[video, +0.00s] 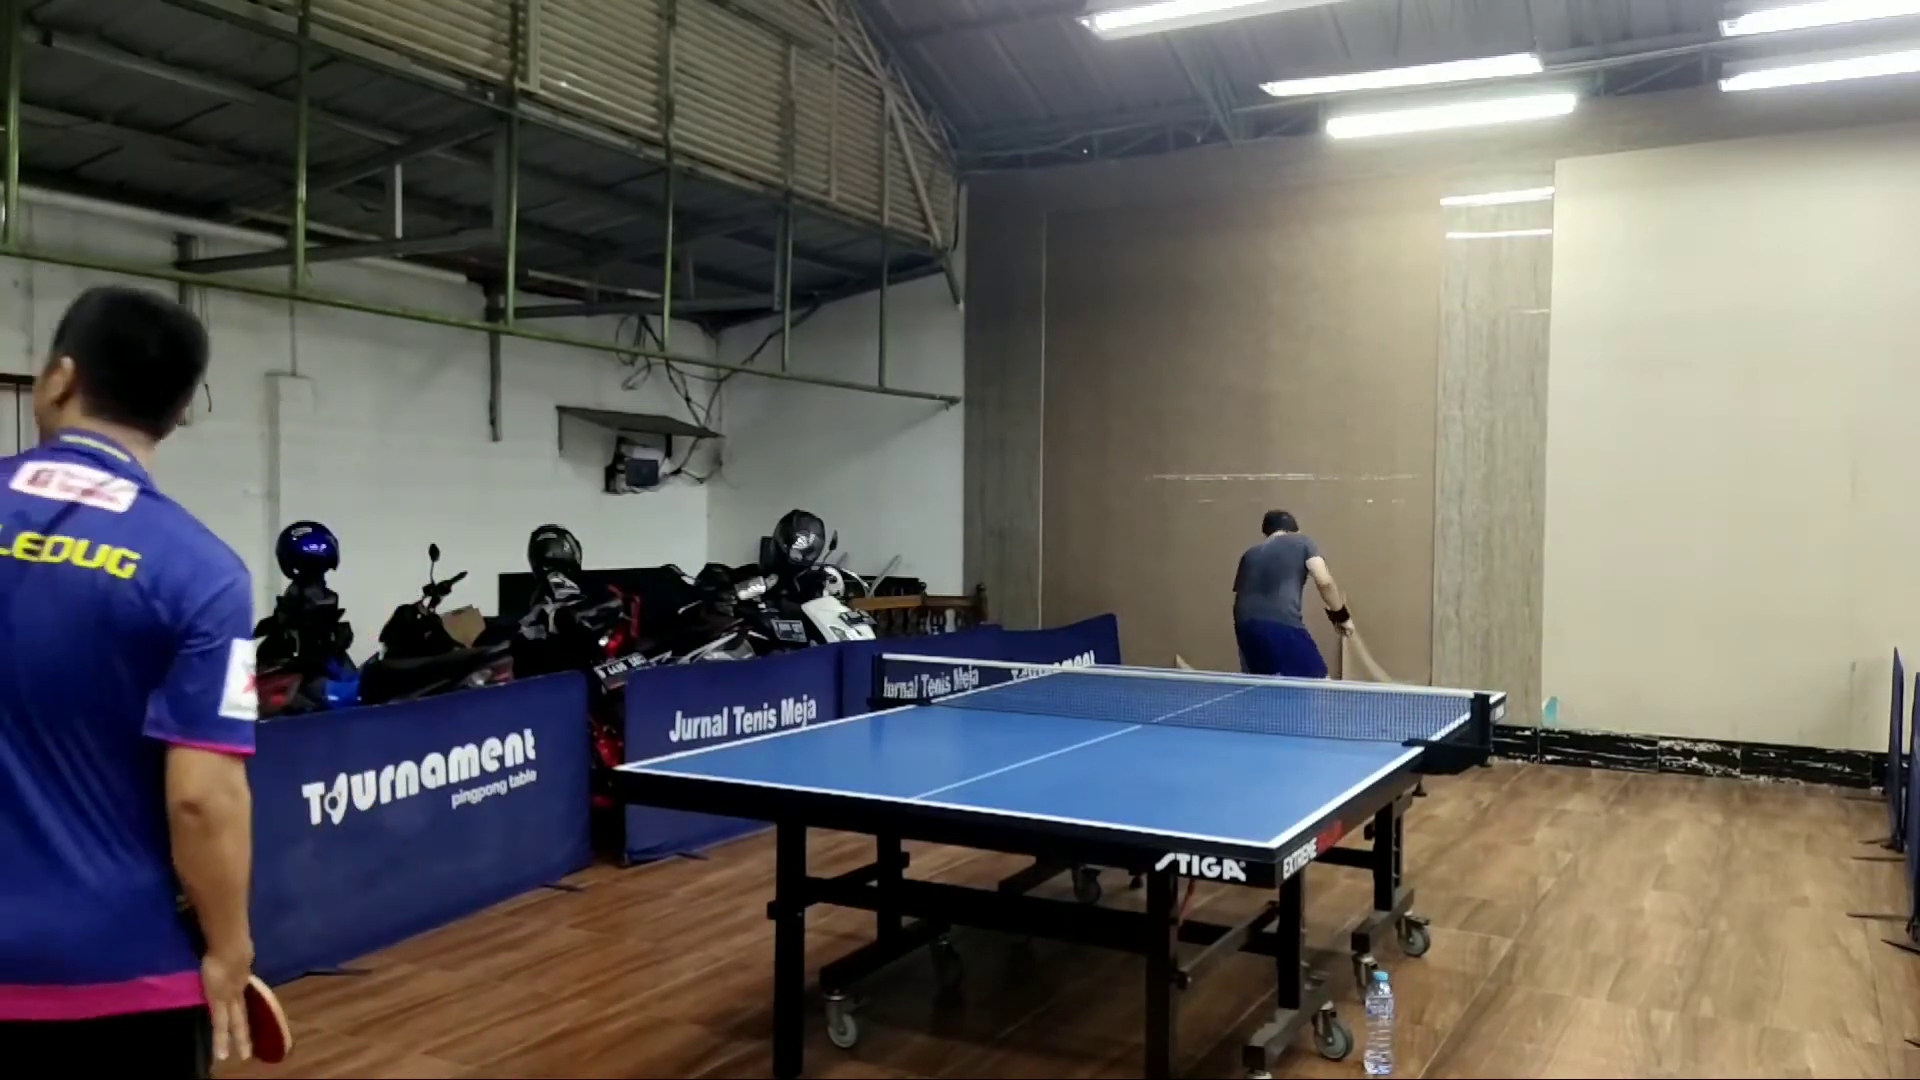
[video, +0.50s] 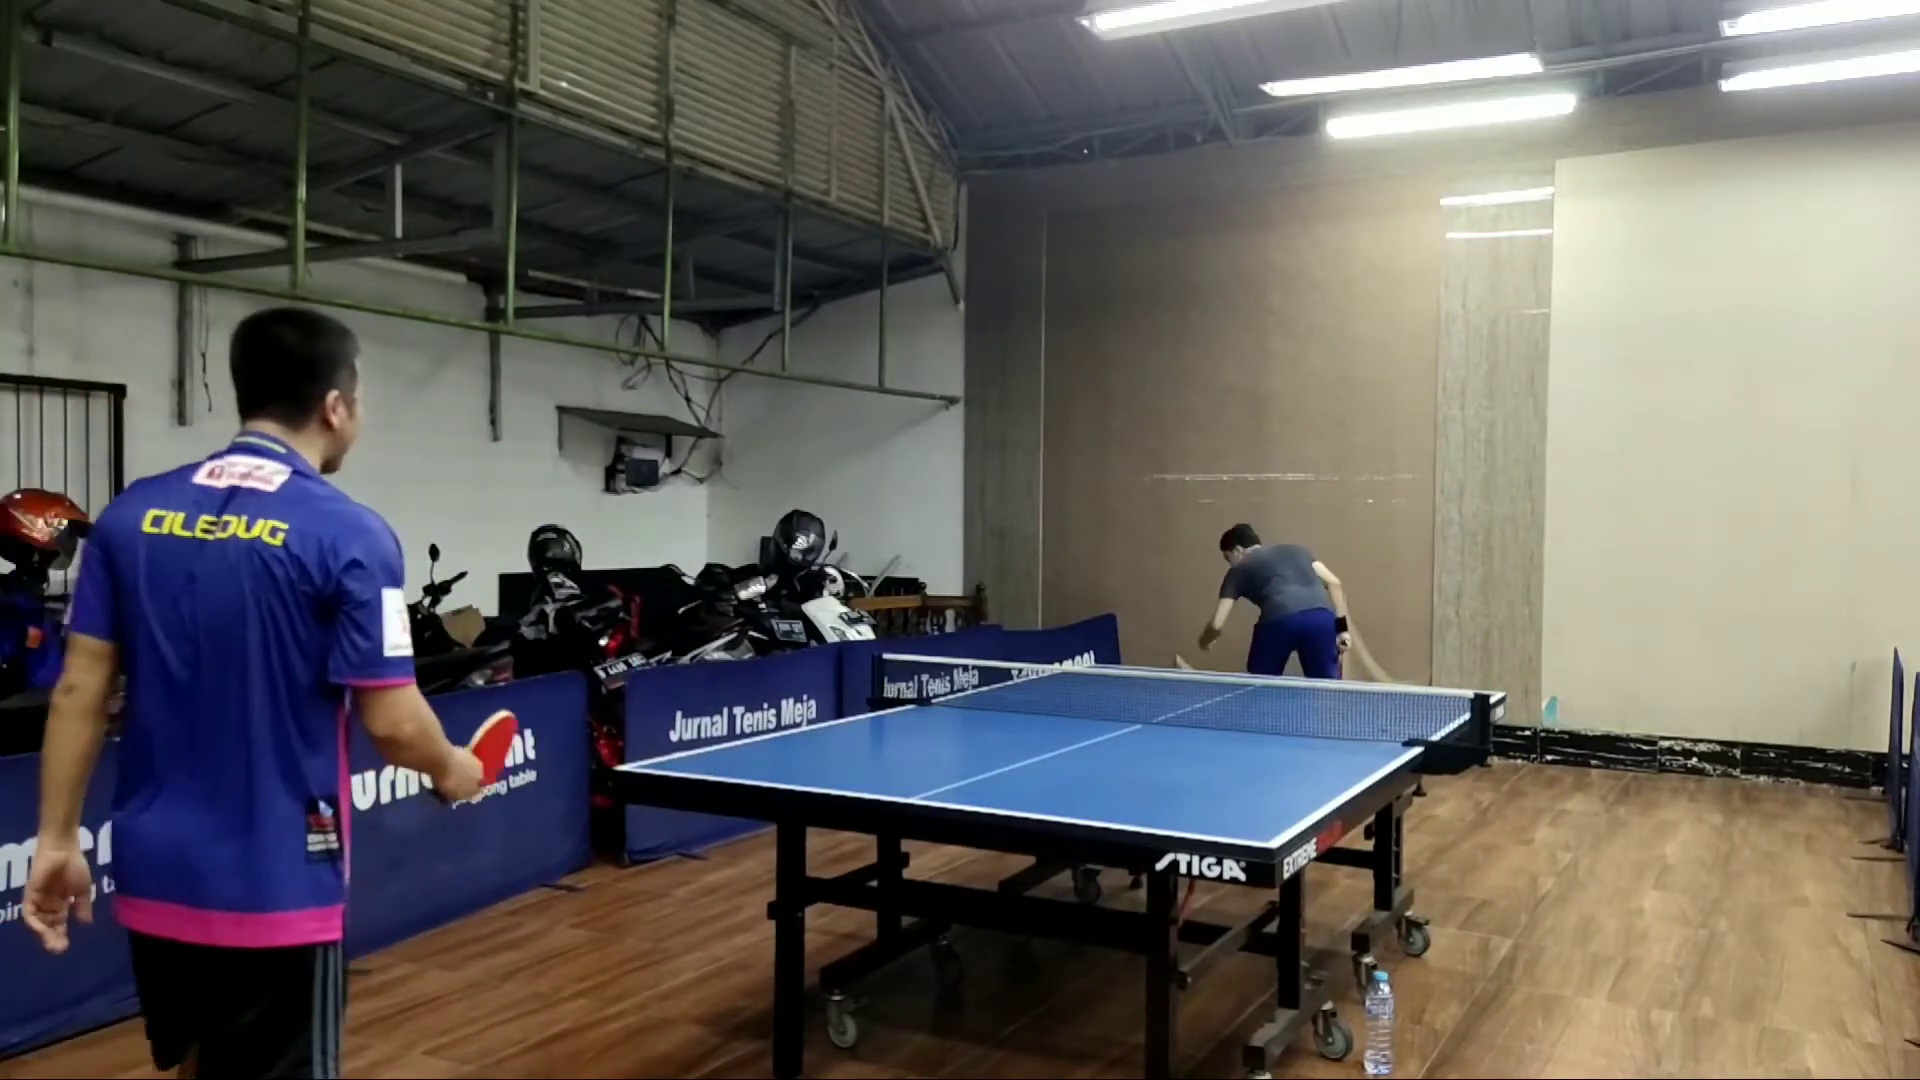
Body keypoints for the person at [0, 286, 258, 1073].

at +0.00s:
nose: (39, 379)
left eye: (45, 364)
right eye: (47, 362)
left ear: (61, 375)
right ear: (177, 415)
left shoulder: (5, 491)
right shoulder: (199, 570)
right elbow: (202, 796)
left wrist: (225, 950)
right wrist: (229, 951)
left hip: (6, 966)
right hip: (123, 981)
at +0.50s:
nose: (358, 419)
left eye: (358, 399)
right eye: (356, 398)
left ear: (247, 394)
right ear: (334, 405)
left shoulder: (132, 512)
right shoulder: (350, 534)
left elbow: (79, 691)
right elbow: (392, 720)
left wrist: (57, 838)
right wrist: (449, 764)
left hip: (153, 886)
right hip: (279, 900)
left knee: (195, 1061)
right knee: (285, 1065)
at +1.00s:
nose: (502, 409)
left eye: (499, 393)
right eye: (486, 394)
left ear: (425, 408)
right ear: (429, 407)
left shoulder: (358, 496)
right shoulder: (422, 505)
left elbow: (342, 658)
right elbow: (390, 657)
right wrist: (417, 813)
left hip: (348, 808)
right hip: (445, 809)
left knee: (337, 1002)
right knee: (539, 968)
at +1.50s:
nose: (667, 420)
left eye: (665, 404)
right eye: (663, 405)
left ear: (581, 414)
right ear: (639, 416)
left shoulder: (554, 502)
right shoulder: (600, 522)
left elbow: (573, 648)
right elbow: (597, 676)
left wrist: (653, 711)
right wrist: (678, 799)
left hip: (567, 782)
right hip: (602, 797)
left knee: (613, 948)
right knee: (625, 968)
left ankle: (528, 1068)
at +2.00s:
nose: (770, 418)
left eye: (766, 403)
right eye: (767, 404)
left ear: (699, 413)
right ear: (749, 413)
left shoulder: (723, 505)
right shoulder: (678, 511)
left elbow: (713, 641)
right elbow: (649, 640)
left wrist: (781, 713)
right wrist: (766, 703)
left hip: (736, 773)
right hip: (692, 782)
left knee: (738, 953)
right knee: (693, 963)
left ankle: (750, 1074)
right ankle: (641, 1074)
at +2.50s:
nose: (814, 431)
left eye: (812, 415)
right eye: (813, 415)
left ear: (743, 415)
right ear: (794, 419)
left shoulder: (758, 507)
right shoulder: (716, 516)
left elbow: (754, 618)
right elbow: (680, 650)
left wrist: (837, 621)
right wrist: (800, 719)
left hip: (767, 775)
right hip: (749, 786)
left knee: (753, 959)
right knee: (787, 973)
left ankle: (746, 1060)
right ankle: (732, 1072)